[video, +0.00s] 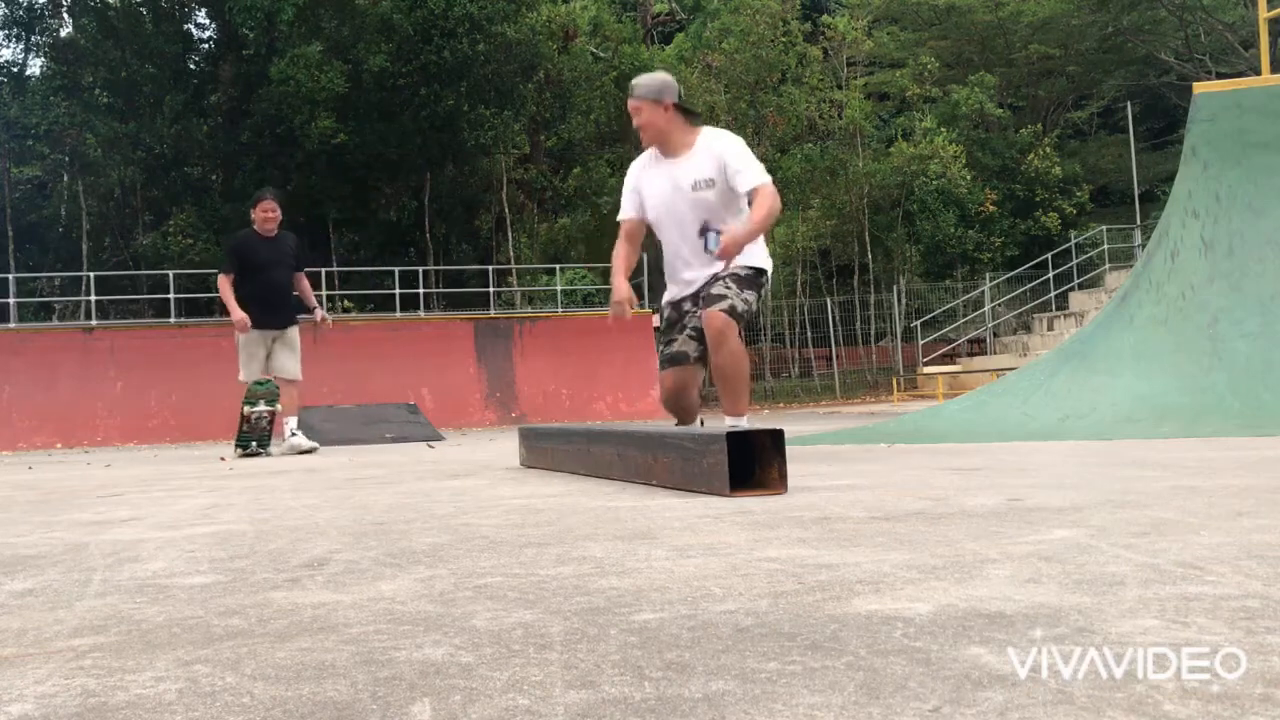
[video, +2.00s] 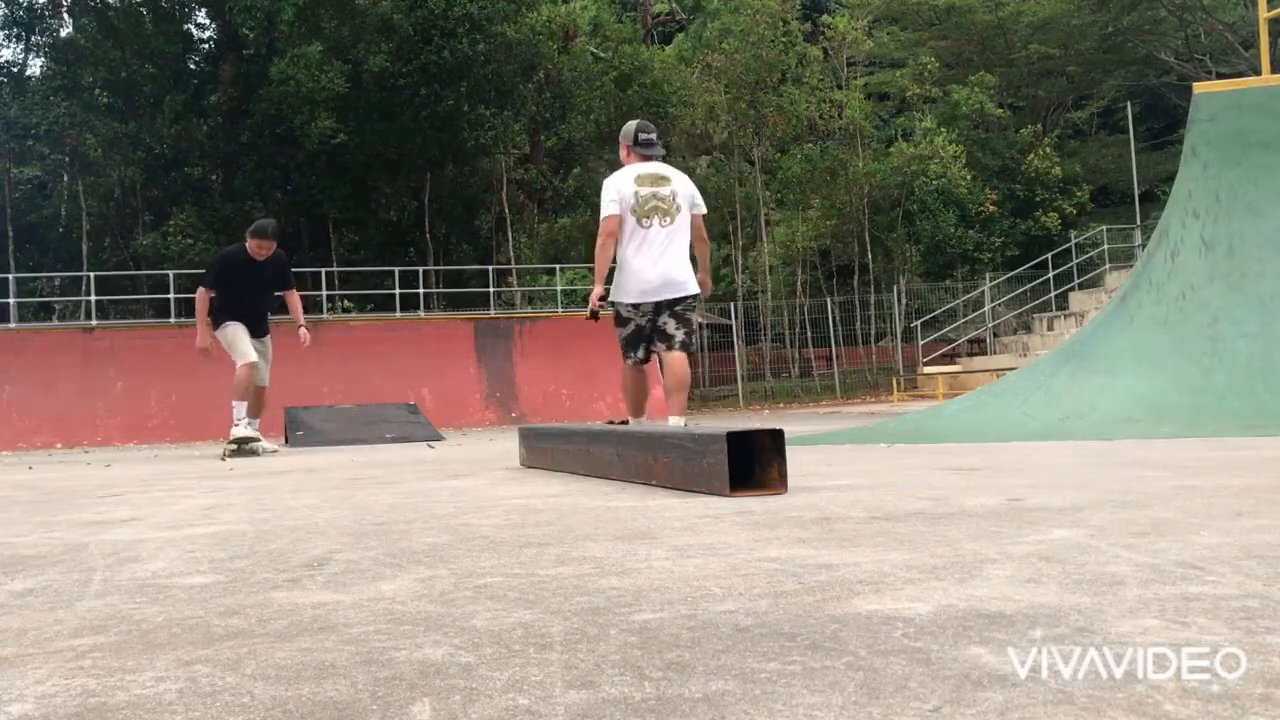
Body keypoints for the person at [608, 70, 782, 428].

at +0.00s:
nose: (634, 124)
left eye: (638, 113)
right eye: (632, 116)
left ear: (667, 108)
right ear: (654, 110)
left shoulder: (723, 145)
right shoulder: (640, 170)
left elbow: (769, 200)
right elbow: (628, 237)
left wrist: (744, 233)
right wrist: (619, 280)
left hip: (736, 266)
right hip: (682, 287)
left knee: (717, 321)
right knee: (675, 394)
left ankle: (737, 431)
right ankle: (693, 432)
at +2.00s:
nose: (619, 152)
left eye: (620, 147)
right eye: (621, 147)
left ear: (625, 149)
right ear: (656, 148)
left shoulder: (616, 182)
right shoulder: (682, 179)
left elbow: (608, 234)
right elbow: (700, 236)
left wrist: (599, 283)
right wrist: (704, 273)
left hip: (634, 285)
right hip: (679, 281)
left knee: (634, 358)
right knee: (674, 350)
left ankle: (637, 431)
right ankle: (677, 428)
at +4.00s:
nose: (694, 190)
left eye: (700, 185)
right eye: (690, 185)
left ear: (709, 189)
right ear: (682, 187)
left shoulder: (722, 222)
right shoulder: (665, 217)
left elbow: (733, 263)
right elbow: (652, 257)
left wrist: (745, 302)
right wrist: (641, 297)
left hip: (708, 305)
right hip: (671, 303)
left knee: (708, 365)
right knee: (667, 362)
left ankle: (705, 419)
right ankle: (670, 417)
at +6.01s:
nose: (666, 192)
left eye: (670, 187)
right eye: (660, 188)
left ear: (680, 189)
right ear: (652, 191)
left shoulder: (698, 219)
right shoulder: (642, 224)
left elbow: (711, 259)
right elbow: (635, 266)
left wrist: (726, 295)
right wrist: (632, 305)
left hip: (696, 305)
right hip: (660, 307)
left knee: (701, 365)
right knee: (667, 366)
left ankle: (705, 418)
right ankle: (673, 421)